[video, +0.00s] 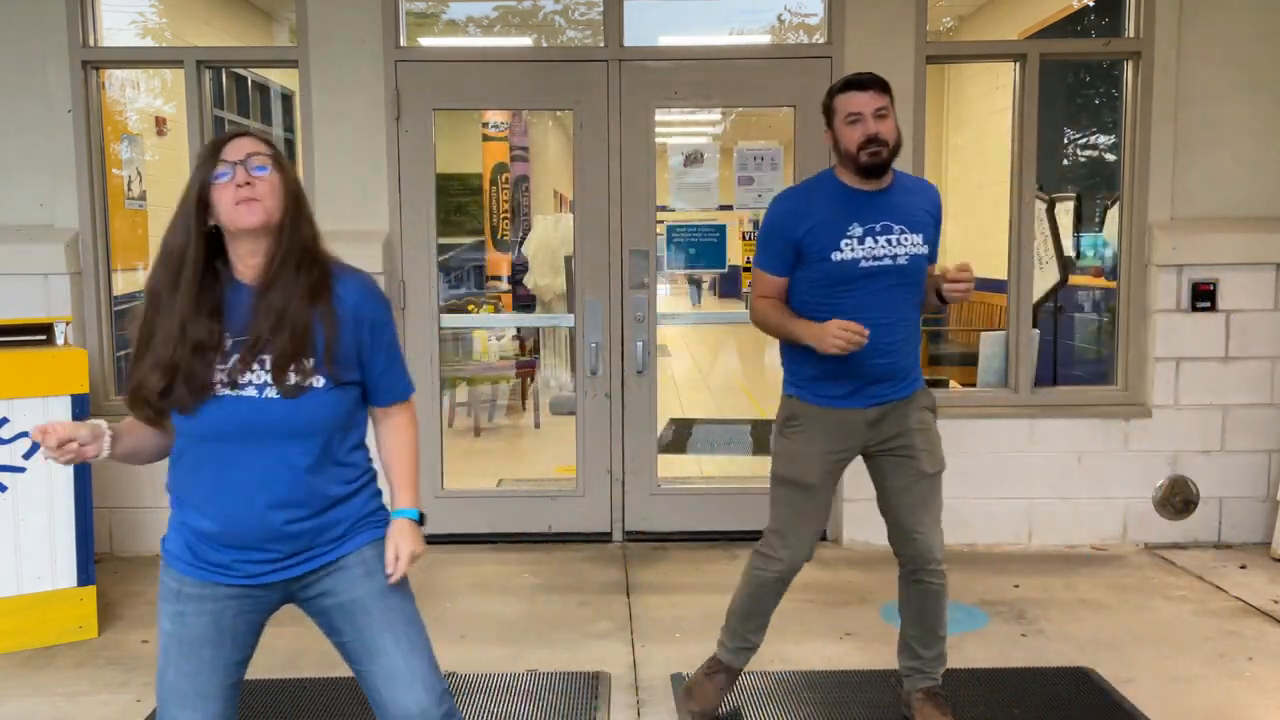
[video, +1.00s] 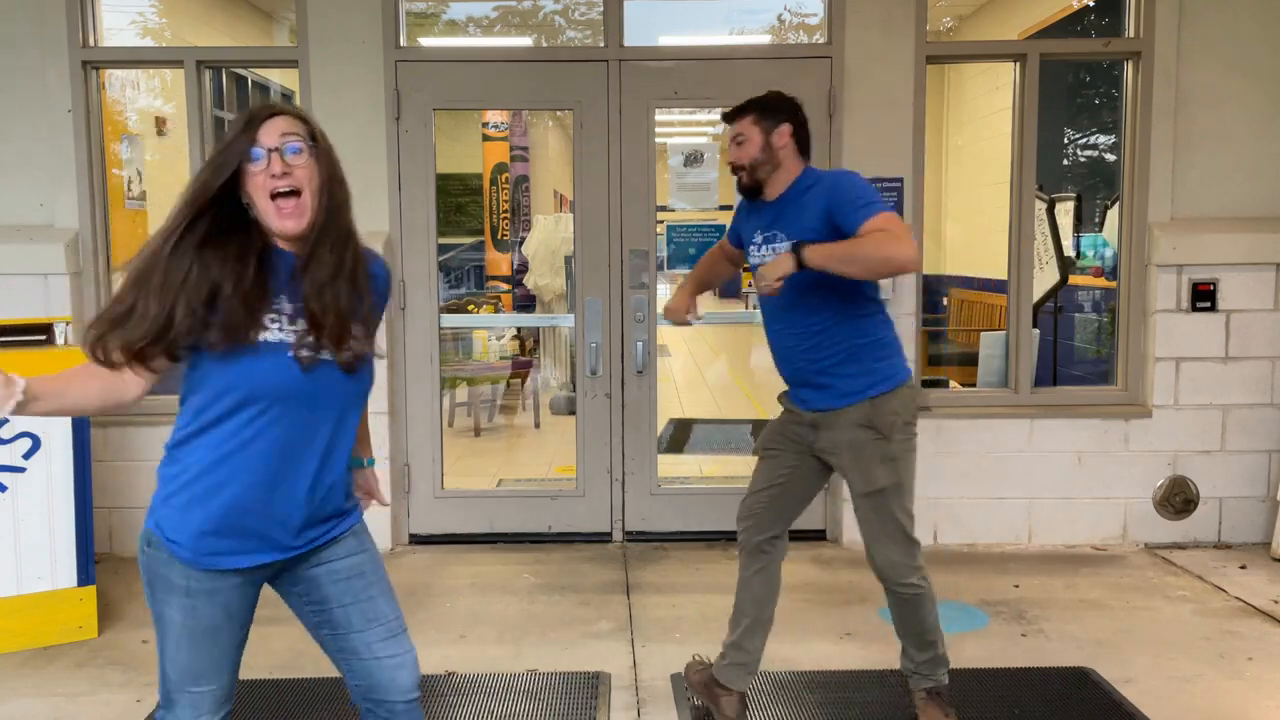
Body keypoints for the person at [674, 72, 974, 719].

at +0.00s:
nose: (871, 129)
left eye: (881, 116)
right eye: (854, 120)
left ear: (897, 124)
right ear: (831, 134)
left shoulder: (922, 201)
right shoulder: (793, 210)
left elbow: (911, 290)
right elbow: (762, 305)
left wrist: (942, 288)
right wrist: (812, 332)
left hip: (903, 406)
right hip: (817, 411)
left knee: (924, 556)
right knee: (785, 550)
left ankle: (924, 687)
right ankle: (726, 662)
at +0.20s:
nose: (910, 127)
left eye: (922, 114)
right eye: (894, 116)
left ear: (938, 125)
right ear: (871, 130)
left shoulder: (958, 200)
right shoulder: (830, 198)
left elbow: (978, 292)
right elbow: (762, 285)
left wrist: (1016, 268)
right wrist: (830, 265)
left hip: (925, 403)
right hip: (842, 405)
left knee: (933, 555)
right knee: (858, 545)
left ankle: (925, 684)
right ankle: (816, 649)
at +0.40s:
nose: (918, 127)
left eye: (930, 114)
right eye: (902, 117)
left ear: (948, 122)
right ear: (881, 130)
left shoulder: (968, 198)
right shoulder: (839, 190)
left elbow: (1006, 280)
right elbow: (766, 273)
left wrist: (1059, 263)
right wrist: (807, 250)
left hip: (935, 400)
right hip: (856, 404)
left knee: (940, 554)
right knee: (882, 552)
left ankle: (926, 685)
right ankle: (876, 686)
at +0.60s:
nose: (901, 128)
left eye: (913, 113)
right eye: (885, 118)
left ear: (938, 119)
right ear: (870, 129)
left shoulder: (969, 193)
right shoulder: (832, 192)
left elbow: (969, 268)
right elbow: (784, 271)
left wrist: (983, 283)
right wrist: (825, 308)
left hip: (934, 403)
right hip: (846, 406)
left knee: (942, 550)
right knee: (848, 551)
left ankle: (926, 683)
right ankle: (869, 664)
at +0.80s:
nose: (825, 151)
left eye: (837, 136)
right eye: (817, 141)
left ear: (878, 137)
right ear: (813, 149)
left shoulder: (936, 207)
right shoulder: (801, 215)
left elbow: (988, 301)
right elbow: (773, 279)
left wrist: (943, 291)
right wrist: (762, 325)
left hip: (917, 419)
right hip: (824, 415)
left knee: (935, 564)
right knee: (765, 527)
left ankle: (922, 686)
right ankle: (804, 665)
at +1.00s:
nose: (732, 155)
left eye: (741, 142)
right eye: (729, 145)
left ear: (783, 137)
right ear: (758, 146)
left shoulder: (837, 188)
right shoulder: (751, 211)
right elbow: (724, 259)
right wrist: (689, 290)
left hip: (873, 405)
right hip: (804, 409)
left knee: (895, 561)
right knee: (758, 532)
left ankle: (930, 687)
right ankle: (732, 682)